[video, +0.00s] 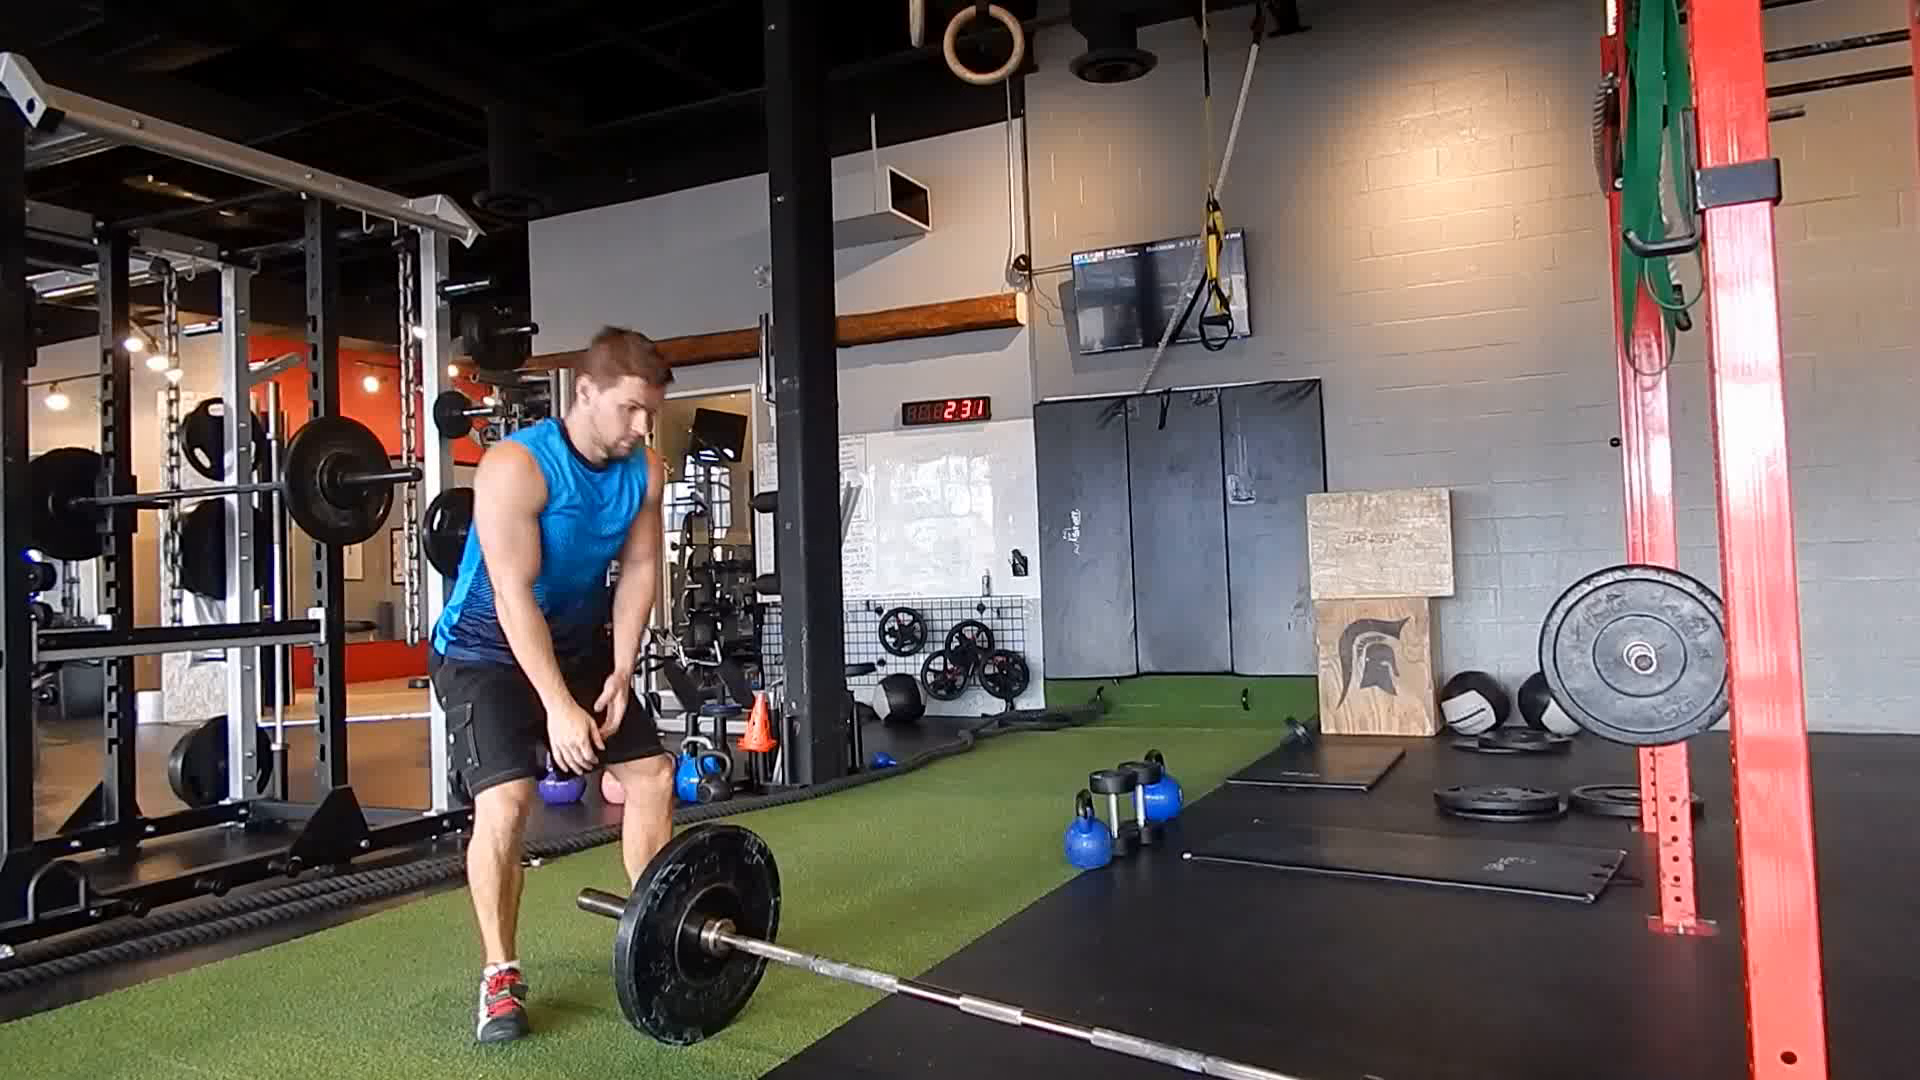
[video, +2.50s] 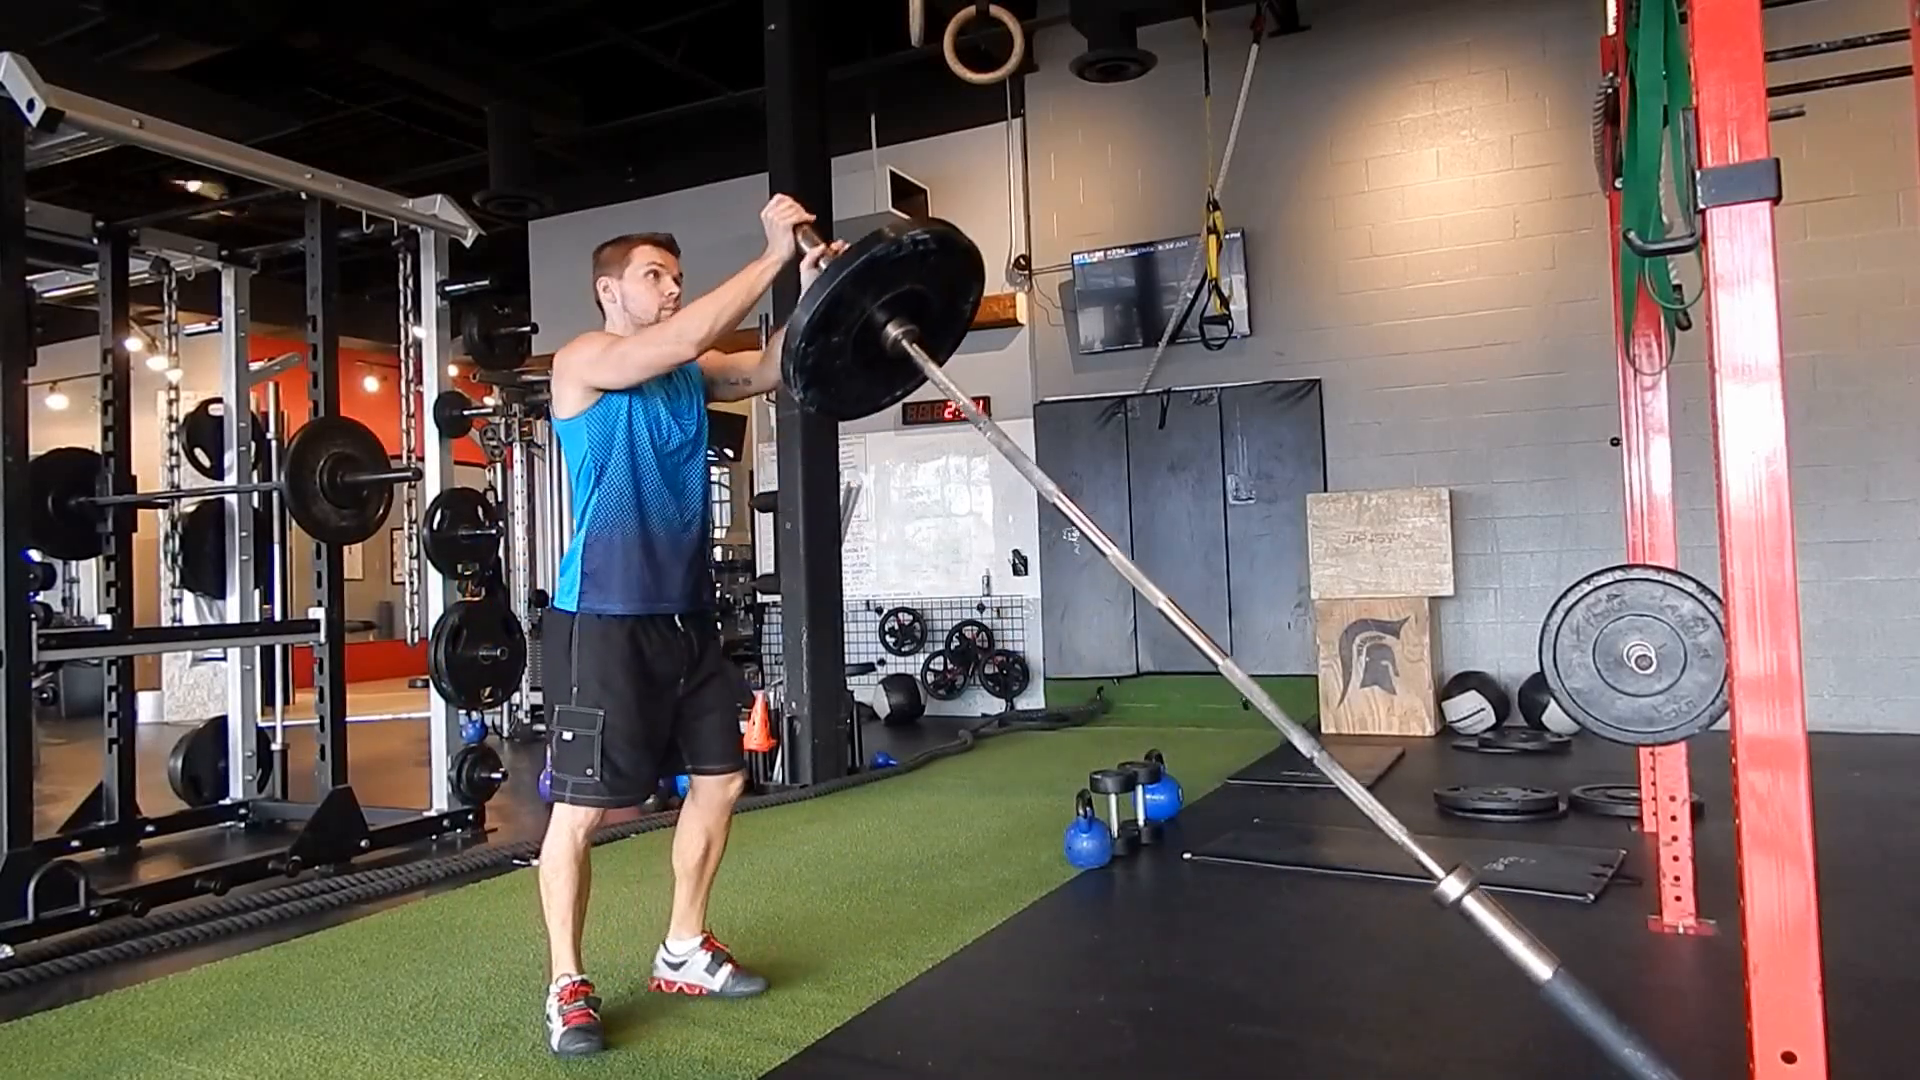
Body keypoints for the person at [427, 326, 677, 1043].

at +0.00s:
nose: (644, 426)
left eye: (651, 410)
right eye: (632, 409)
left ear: (654, 407)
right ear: (585, 394)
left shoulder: (641, 463)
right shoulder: (513, 467)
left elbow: (640, 566)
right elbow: (513, 594)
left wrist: (622, 669)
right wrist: (556, 702)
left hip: (579, 642)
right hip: (488, 650)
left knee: (652, 773)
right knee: (507, 795)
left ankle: (667, 945)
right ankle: (500, 971)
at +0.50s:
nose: (680, 617)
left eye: (687, 602)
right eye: (664, 602)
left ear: (693, 599)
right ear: (619, 599)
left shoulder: (696, 660)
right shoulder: (558, 672)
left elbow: (673, 766)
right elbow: (552, 799)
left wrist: (636, 872)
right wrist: (590, 906)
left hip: (617, 802)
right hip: (527, 804)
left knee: (742, 801)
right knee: (509, 856)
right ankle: (509, 983)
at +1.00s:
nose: (667, 579)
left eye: (674, 563)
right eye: (649, 564)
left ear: (682, 564)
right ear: (604, 569)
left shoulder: (687, 635)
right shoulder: (549, 649)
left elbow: (669, 744)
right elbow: (550, 770)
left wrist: (628, 835)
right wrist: (599, 859)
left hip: (625, 781)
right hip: (527, 786)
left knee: (745, 803)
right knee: (513, 853)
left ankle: (659, 945)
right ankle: (509, 985)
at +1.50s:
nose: (665, 334)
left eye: (670, 320)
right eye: (649, 321)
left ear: (672, 323)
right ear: (605, 326)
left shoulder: (691, 384)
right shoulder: (561, 417)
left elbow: (739, 471)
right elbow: (531, 526)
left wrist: (707, 471)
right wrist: (632, 506)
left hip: (675, 622)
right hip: (589, 623)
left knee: (680, 779)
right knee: (582, 783)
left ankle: (651, 943)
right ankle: (551, 968)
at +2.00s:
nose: (682, 318)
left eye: (688, 306)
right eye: (665, 304)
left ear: (693, 318)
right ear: (621, 311)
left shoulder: (708, 399)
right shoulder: (589, 400)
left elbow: (756, 480)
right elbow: (642, 493)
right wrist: (692, 396)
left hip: (694, 632)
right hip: (616, 632)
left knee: (668, 791)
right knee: (600, 806)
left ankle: (651, 942)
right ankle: (569, 983)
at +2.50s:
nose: (672, 290)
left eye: (678, 280)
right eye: (655, 275)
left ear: (676, 295)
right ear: (608, 289)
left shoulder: (689, 365)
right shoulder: (581, 359)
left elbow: (772, 362)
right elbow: (682, 336)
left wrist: (824, 284)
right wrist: (771, 258)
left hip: (689, 622)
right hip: (603, 623)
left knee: (719, 777)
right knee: (583, 804)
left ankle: (684, 949)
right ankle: (567, 981)